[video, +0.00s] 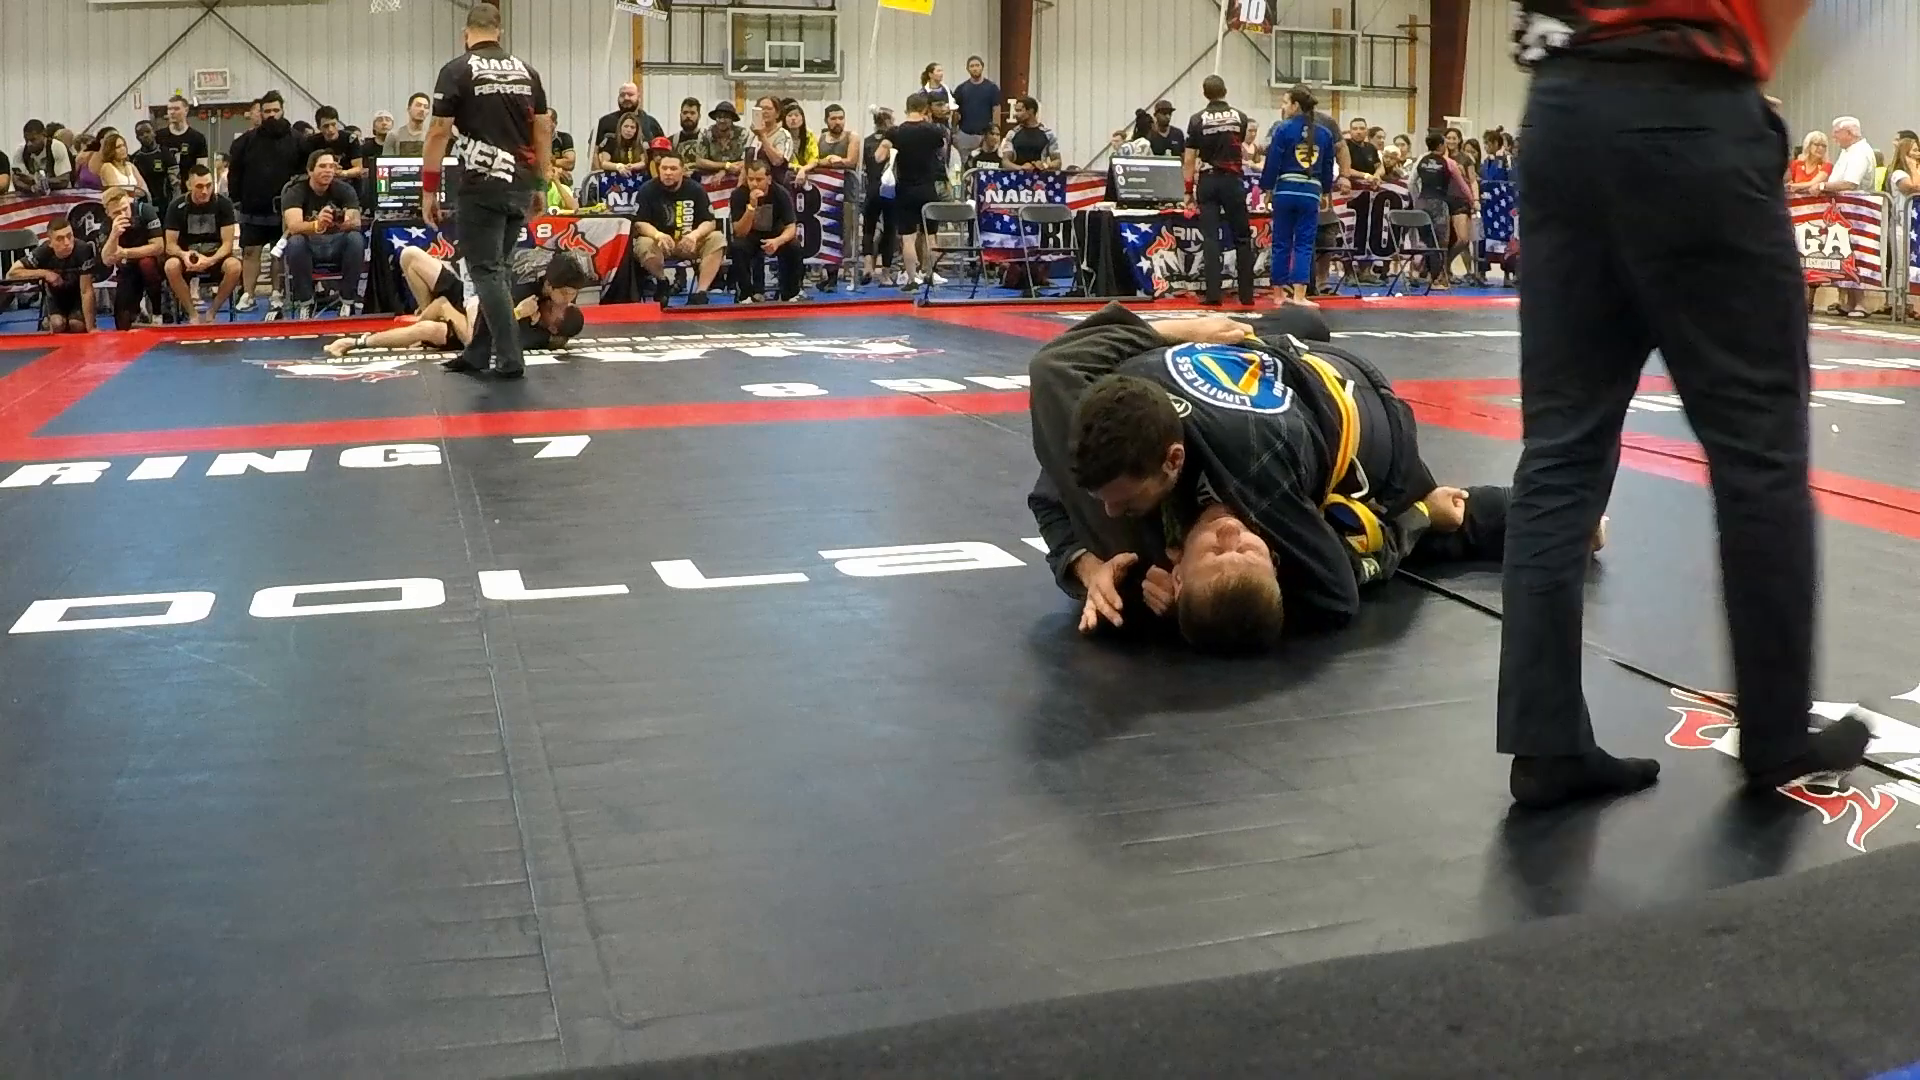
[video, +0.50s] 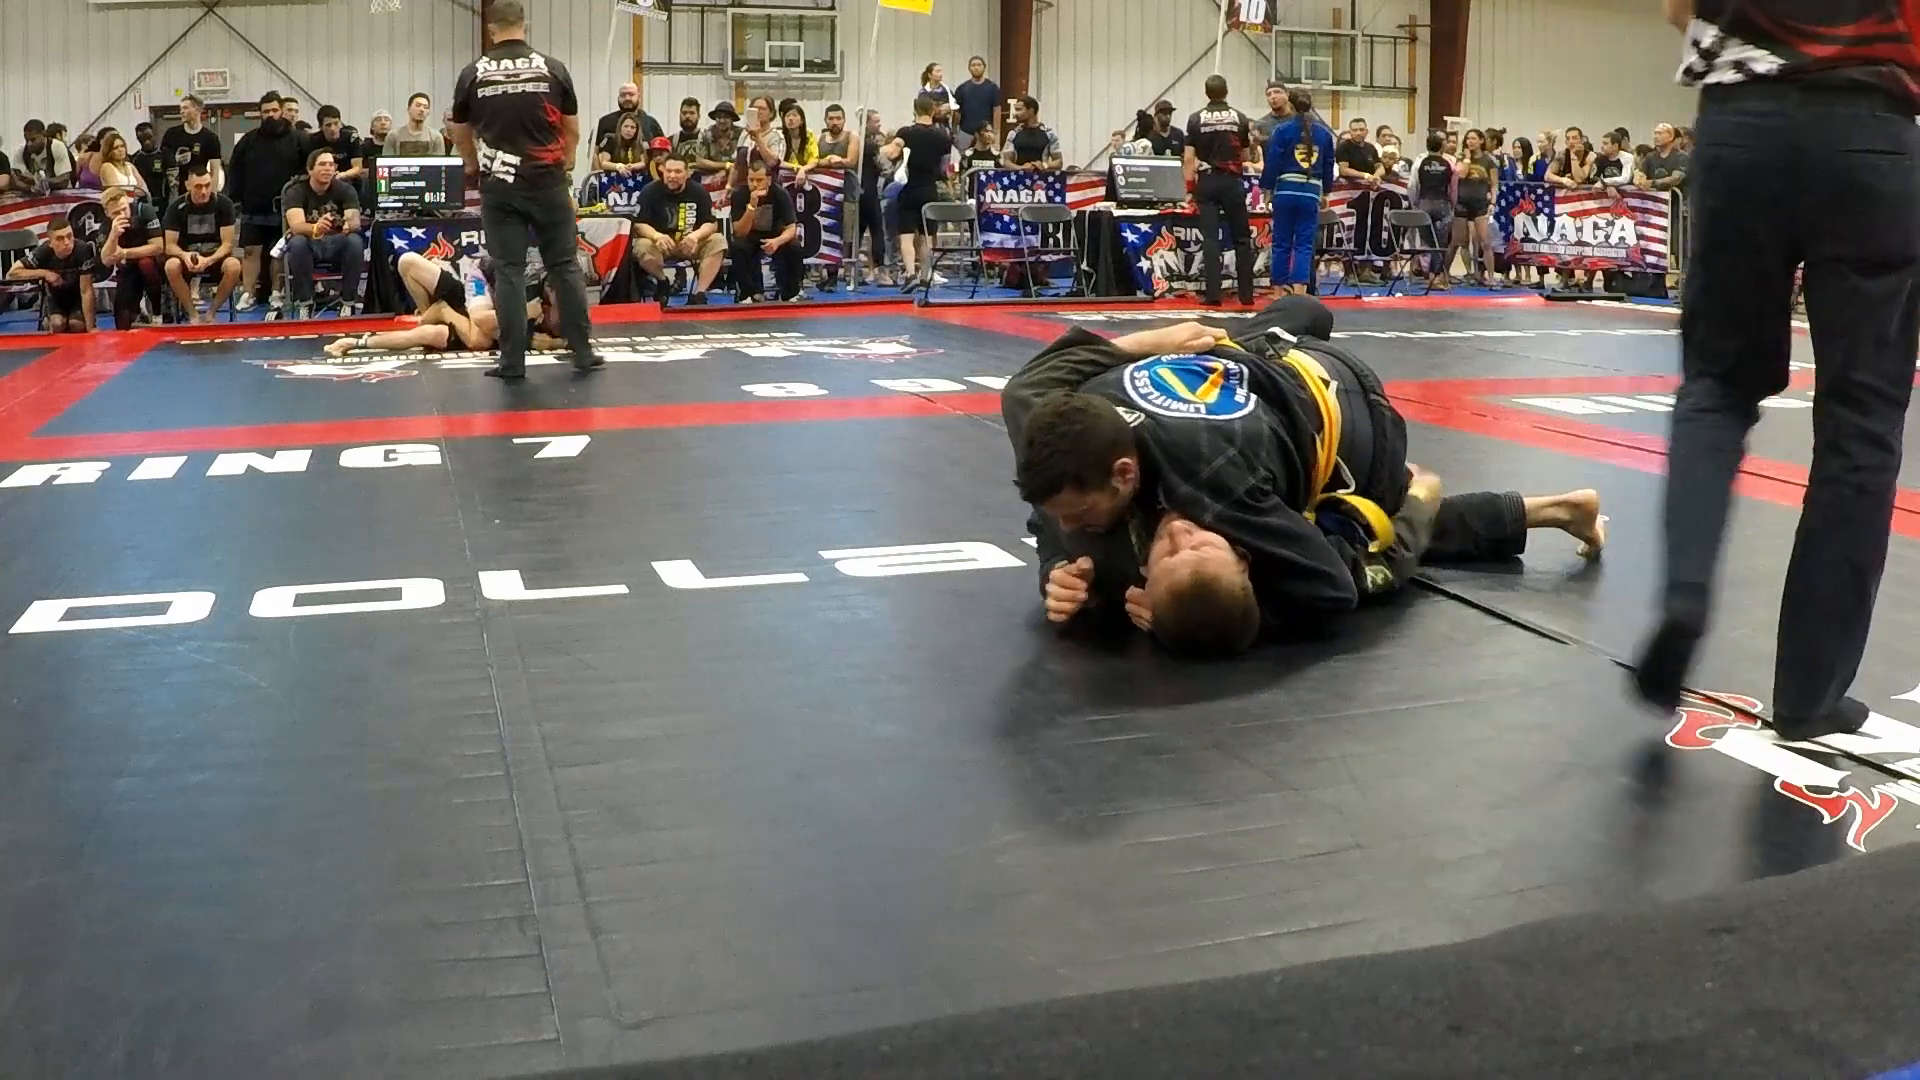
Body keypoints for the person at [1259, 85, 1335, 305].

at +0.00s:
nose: (1284, 107)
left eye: (1287, 103)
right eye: (1285, 102)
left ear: (1296, 105)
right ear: (1308, 106)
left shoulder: (1284, 128)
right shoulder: (1324, 133)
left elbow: (1273, 160)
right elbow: (1328, 166)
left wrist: (1266, 188)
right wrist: (1326, 191)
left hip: (1286, 189)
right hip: (1312, 192)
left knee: (1281, 241)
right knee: (1305, 243)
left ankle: (1278, 294)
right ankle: (1299, 295)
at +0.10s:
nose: (1283, 107)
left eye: (1286, 103)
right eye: (1284, 103)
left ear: (1296, 105)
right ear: (1307, 106)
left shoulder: (1284, 128)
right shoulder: (1325, 133)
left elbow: (1273, 160)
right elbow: (1328, 167)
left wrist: (1267, 187)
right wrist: (1324, 191)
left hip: (1285, 189)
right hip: (1311, 192)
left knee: (1281, 242)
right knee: (1305, 243)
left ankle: (1278, 293)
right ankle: (1300, 295)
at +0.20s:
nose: (1283, 107)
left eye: (1286, 103)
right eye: (1284, 103)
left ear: (1297, 105)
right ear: (1306, 106)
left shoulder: (1284, 129)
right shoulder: (1324, 133)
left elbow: (1273, 161)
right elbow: (1328, 166)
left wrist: (1267, 187)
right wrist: (1325, 190)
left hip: (1285, 189)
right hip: (1311, 192)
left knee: (1281, 242)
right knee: (1305, 243)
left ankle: (1278, 293)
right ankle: (1300, 295)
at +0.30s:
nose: (1284, 107)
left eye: (1287, 103)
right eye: (1285, 102)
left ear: (1296, 105)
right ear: (1307, 106)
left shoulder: (1284, 129)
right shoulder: (1324, 132)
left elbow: (1273, 161)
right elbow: (1328, 167)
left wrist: (1266, 188)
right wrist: (1324, 191)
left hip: (1285, 189)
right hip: (1312, 192)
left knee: (1281, 242)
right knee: (1305, 243)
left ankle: (1278, 293)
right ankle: (1299, 294)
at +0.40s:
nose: (1286, 108)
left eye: (1288, 104)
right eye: (1288, 104)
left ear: (1294, 106)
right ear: (1309, 106)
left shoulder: (1282, 130)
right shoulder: (1324, 133)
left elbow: (1272, 163)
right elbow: (1328, 167)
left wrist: (1266, 188)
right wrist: (1324, 192)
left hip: (1285, 192)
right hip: (1311, 194)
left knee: (1281, 243)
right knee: (1305, 244)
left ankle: (1279, 294)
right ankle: (1300, 295)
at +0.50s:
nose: (1284, 106)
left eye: (1287, 103)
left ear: (1291, 105)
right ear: (1310, 106)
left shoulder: (1282, 129)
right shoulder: (1324, 132)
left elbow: (1272, 161)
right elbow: (1328, 166)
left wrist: (1266, 187)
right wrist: (1326, 191)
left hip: (1285, 191)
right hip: (1311, 193)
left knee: (1281, 241)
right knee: (1305, 242)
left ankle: (1279, 288)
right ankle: (1300, 288)